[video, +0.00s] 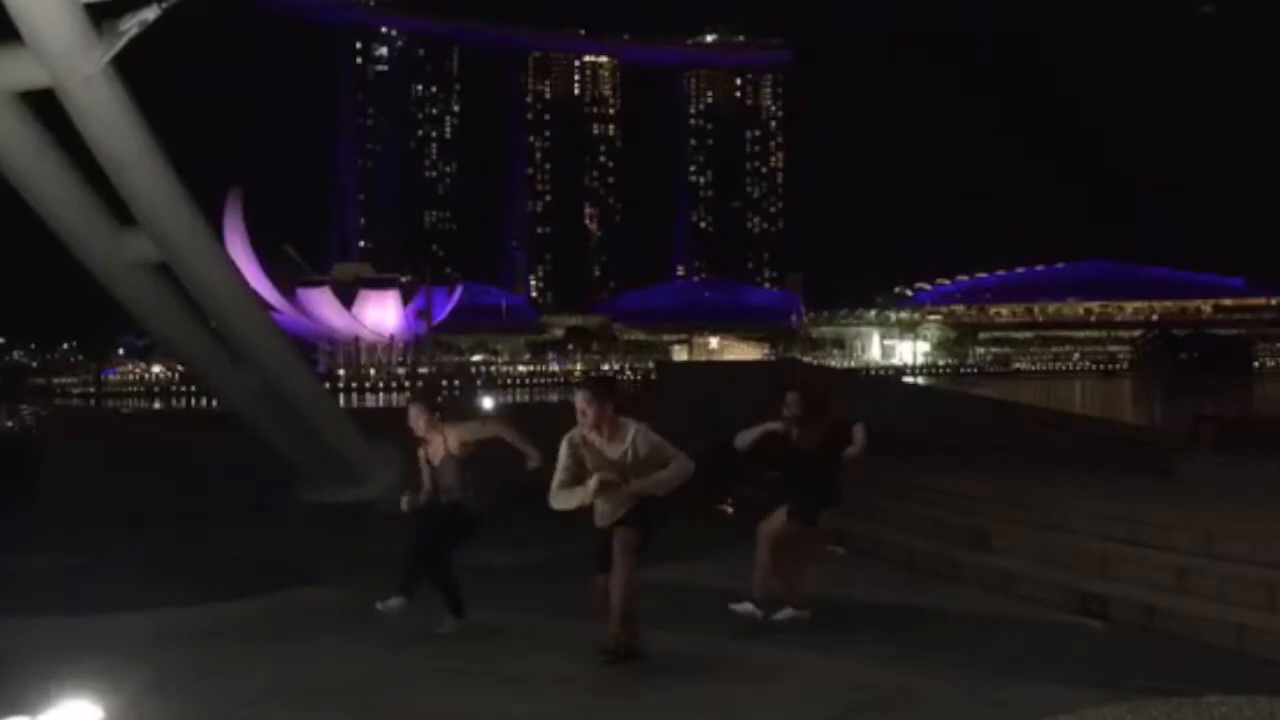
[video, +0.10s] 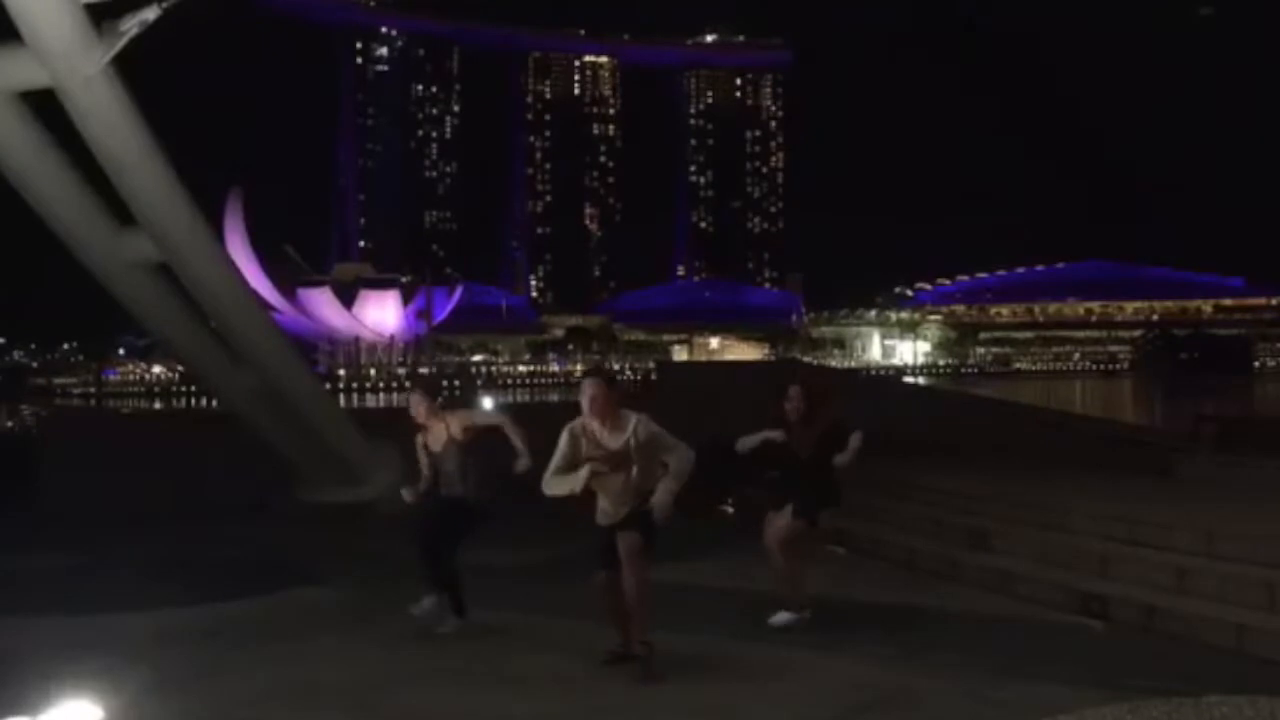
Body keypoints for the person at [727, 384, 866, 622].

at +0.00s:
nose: (786, 410)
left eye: (791, 406)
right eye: (786, 405)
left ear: (807, 409)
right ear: (787, 407)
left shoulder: (825, 432)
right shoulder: (784, 432)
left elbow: (856, 427)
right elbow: (740, 443)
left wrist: (857, 448)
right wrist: (768, 427)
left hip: (817, 498)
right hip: (794, 495)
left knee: (767, 531)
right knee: (793, 547)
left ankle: (759, 600)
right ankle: (797, 604)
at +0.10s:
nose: (789, 406)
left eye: (795, 401)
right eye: (788, 400)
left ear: (809, 404)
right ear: (786, 403)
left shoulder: (822, 429)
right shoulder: (789, 431)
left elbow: (855, 434)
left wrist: (847, 456)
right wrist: (762, 437)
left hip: (818, 491)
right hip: (791, 488)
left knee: (780, 537)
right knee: (771, 532)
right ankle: (793, 600)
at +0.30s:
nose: (803, 388)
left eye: (808, 382)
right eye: (799, 382)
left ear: (818, 387)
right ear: (794, 386)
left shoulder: (830, 420)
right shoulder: (787, 417)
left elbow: (847, 455)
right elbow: (755, 445)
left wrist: (854, 486)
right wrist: (775, 432)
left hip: (821, 491)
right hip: (786, 490)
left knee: (816, 551)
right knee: (780, 548)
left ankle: (820, 611)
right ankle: (786, 600)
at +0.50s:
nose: (810, 394)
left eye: (816, 388)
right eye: (807, 388)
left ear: (827, 392)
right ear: (801, 391)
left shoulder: (838, 423)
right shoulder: (792, 419)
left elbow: (863, 449)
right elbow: (773, 451)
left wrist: (880, 473)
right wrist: (809, 452)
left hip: (829, 498)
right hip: (793, 497)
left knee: (824, 559)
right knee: (787, 555)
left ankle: (823, 614)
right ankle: (772, 614)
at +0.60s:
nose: (812, 395)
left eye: (817, 389)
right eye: (808, 389)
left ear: (828, 392)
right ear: (803, 392)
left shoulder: (841, 421)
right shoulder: (797, 423)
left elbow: (863, 447)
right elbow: (784, 465)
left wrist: (879, 471)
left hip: (833, 495)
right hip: (801, 495)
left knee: (829, 556)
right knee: (792, 551)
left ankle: (823, 612)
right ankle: (764, 607)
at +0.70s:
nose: (816, 398)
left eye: (821, 392)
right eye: (811, 392)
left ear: (830, 395)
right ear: (804, 396)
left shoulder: (840, 427)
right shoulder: (794, 426)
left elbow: (865, 456)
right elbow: (773, 468)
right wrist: (760, 505)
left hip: (831, 494)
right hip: (798, 492)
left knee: (830, 554)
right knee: (808, 536)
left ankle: (824, 612)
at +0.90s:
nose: (818, 402)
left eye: (822, 397)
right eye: (814, 397)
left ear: (830, 399)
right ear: (807, 398)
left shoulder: (834, 427)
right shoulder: (794, 425)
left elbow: (844, 454)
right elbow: (765, 459)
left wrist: (863, 456)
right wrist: (742, 492)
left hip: (828, 495)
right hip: (795, 492)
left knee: (829, 553)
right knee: (804, 540)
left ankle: (823, 611)